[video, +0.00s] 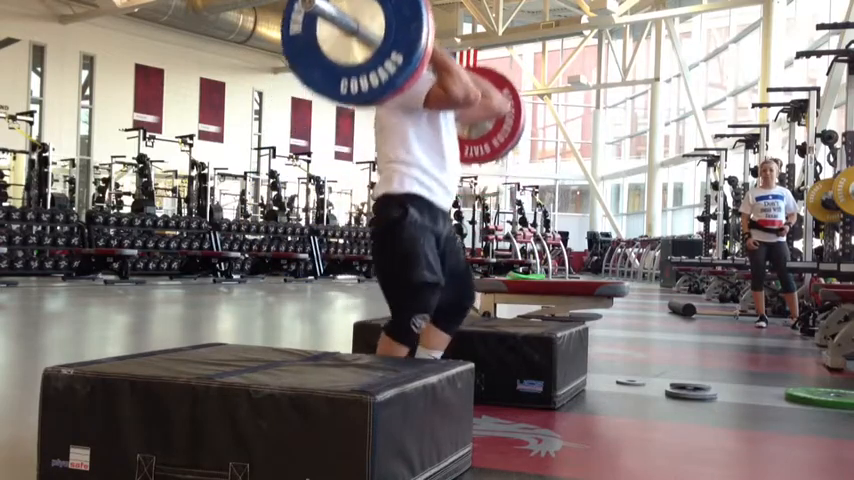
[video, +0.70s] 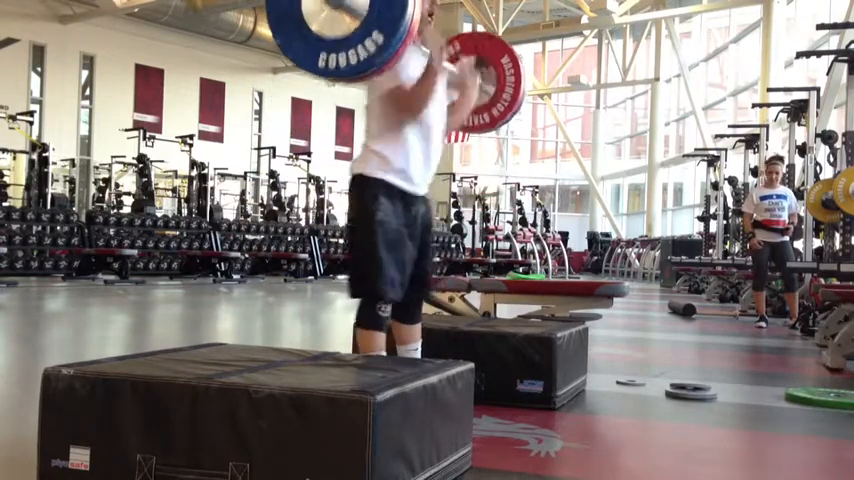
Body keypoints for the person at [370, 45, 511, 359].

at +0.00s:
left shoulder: (438, 92)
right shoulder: (398, 76)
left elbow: (498, 103)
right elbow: (460, 92)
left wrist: (454, 69)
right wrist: (430, 48)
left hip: (438, 214)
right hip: (403, 207)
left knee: (457, 297)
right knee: (415, 303)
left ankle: (418, 383)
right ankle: (378, 393)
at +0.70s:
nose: (430, 10)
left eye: (431, 5)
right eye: (424, 3)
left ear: (431, 12)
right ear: (404, 7)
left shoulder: (430, 59)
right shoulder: (388, 44)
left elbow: (451, 121)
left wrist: (470, 85)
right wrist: (434, 67)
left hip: (415, 193)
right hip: (378, 186)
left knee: (411, 296)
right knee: (378, 296)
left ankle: (412, 382)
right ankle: (370, 389)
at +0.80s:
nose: (430, 15)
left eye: (432, 10)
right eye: (426, 7)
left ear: (424, 12)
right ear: (407, 4)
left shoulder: (410, 47)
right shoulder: (371, 36)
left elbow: (403, 98)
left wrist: (439, 87)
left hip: (401, 188)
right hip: (367, 186)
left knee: (414, 276)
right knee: (371, 294)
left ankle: (391, 373)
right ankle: (370, 386)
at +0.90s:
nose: (415, 15)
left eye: (417, 9)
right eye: (408, 6)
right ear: (381, 7)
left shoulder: (399, 65)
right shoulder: (362, 52)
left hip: (396, 196)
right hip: (361, 194)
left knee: (403, 292)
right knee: (367, 299)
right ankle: (373, 386)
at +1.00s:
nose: (398, 24)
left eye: (402, 16)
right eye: (390, 14)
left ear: (403, 20)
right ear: (363, 13)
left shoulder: (381, 70)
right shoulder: (340, 58)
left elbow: (373, 136)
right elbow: (292, 113)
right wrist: (252, 160)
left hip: (375, 189)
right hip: (343, 186)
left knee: (370, 286)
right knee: (358, 291)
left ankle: (323, 365)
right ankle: (373, 384)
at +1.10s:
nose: (380, 29)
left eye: (385, 22)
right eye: (373, 19)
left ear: (388, 25)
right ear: (348, 17)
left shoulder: (369, 75)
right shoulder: (322, 63)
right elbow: (283, 123)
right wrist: (255, 183)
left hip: (365, 198)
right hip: (328, 197)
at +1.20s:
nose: (360, 26)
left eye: (366, 20)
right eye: (353, 17)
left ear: (370, 26)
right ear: (330, 15)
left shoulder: (356, 78)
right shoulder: (304, 59)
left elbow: (360, 145)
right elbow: (283, 125)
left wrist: (376, 196)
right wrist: (280, 189)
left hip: (350, 196)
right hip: (311, 193)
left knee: (339, 290)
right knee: (326, 291)